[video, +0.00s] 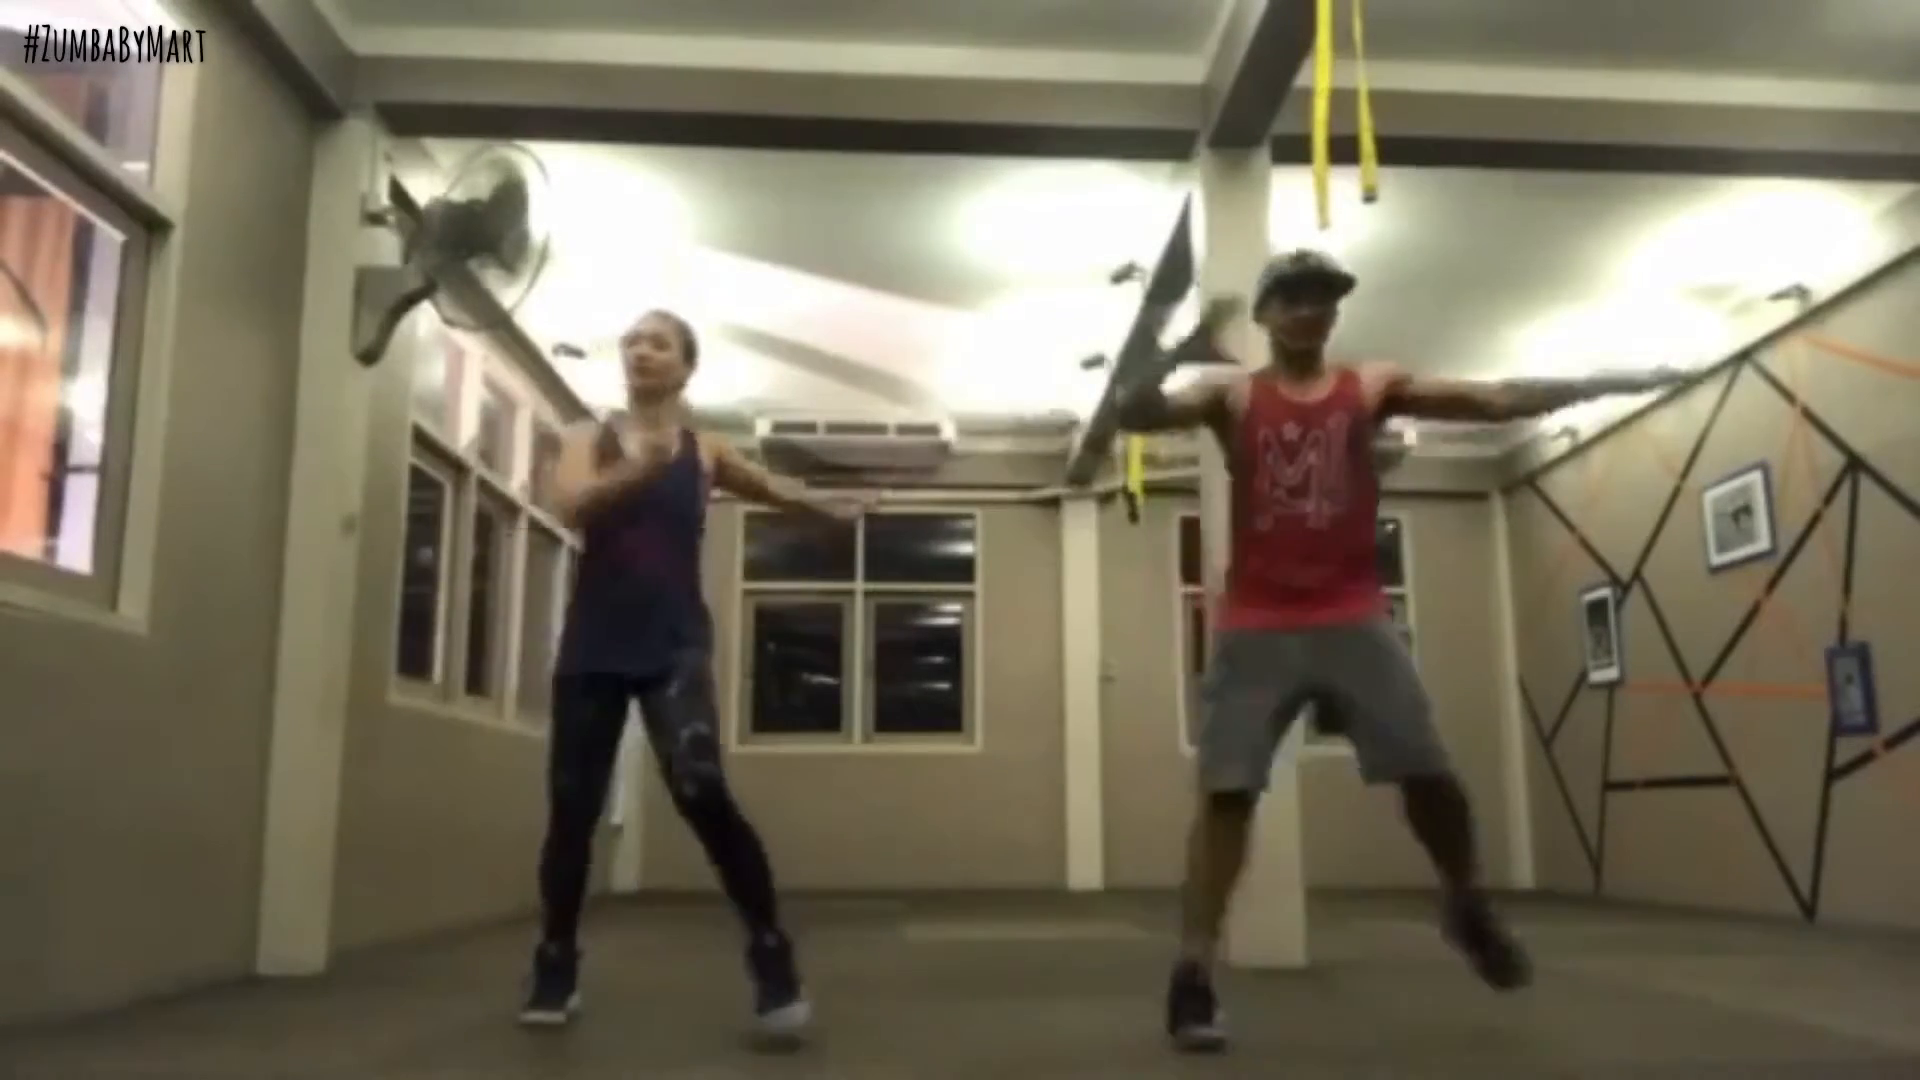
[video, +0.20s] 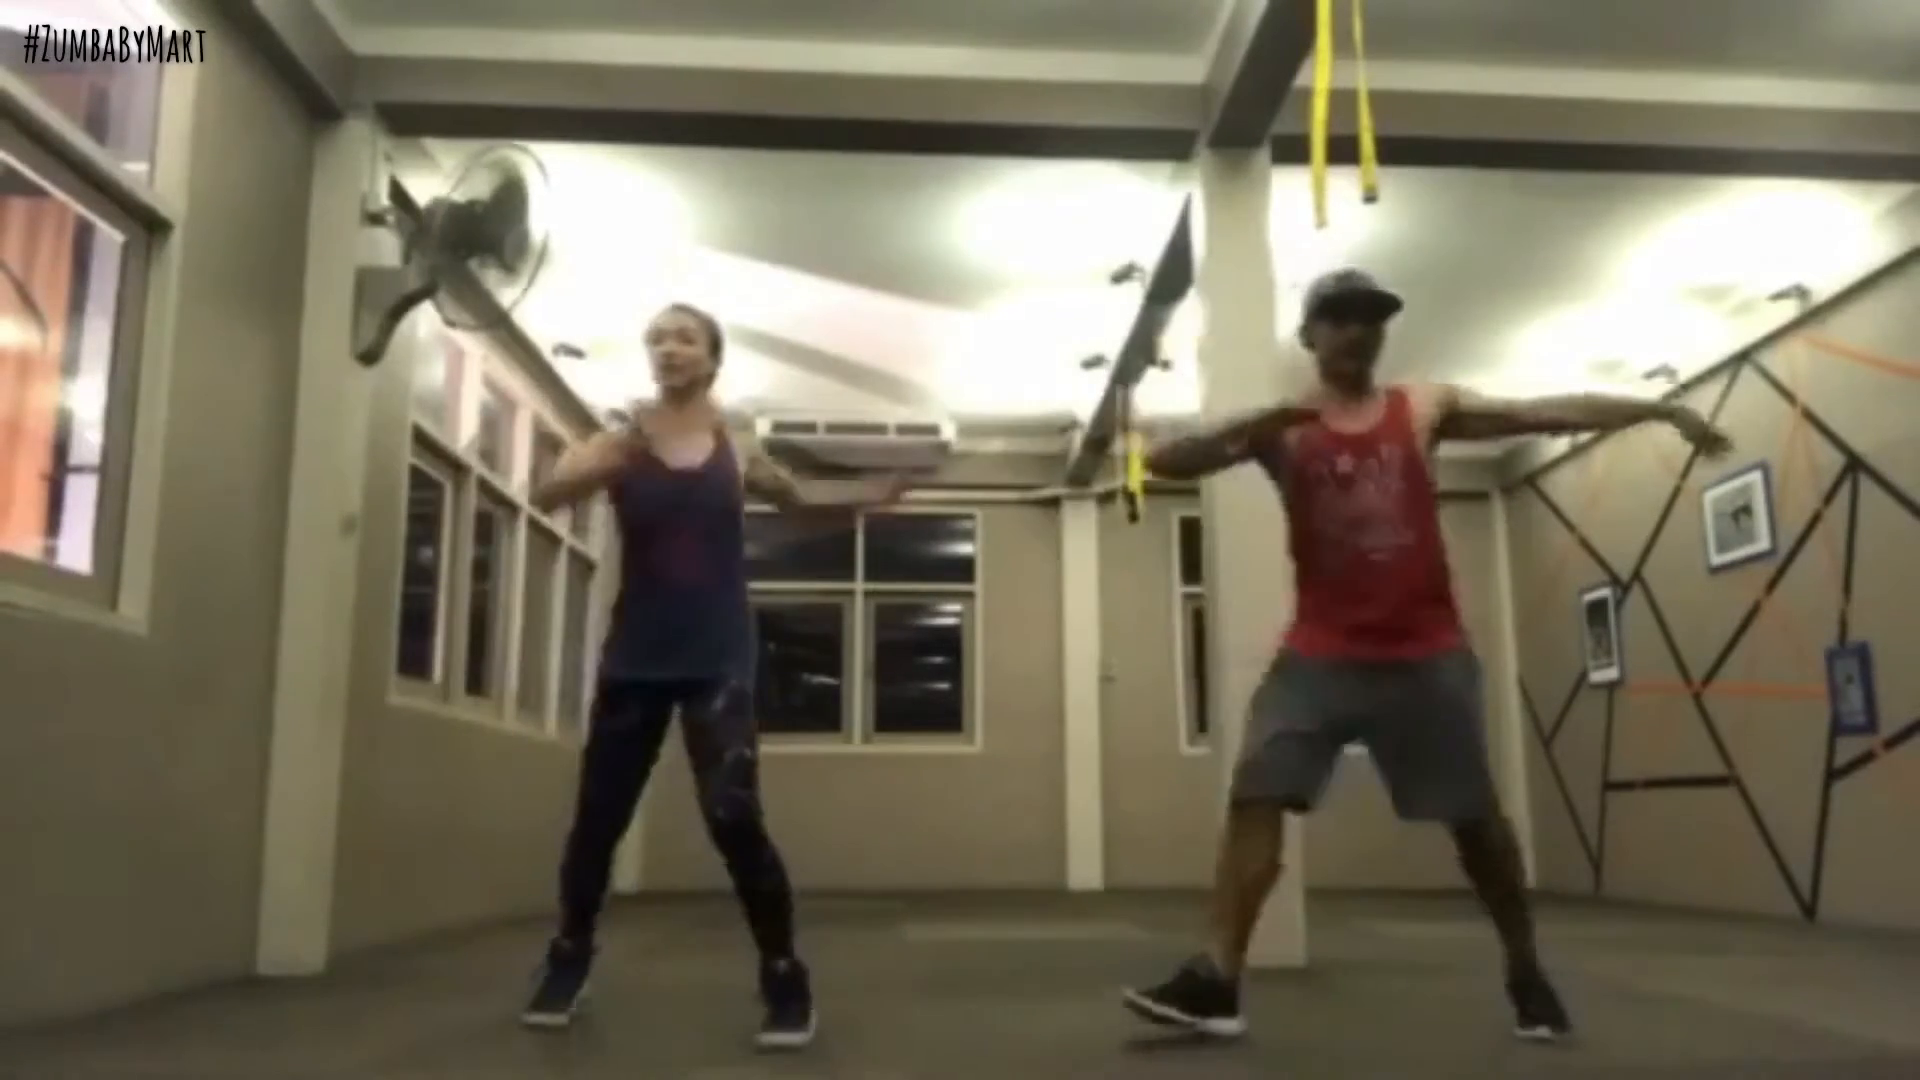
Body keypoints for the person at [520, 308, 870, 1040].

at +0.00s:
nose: (641, 352)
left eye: (659, 344)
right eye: (634, 342)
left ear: (687, 367)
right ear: (621, 359)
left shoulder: (702, 450)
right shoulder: (589, 438)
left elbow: (771, 491)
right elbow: (570, 503)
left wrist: (832, 508)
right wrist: (642, 470)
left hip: (673, 647)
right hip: (593, 646)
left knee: (701, 793)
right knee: (571, 811)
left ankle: (773, 963)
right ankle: (554, 966)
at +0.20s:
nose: (671, 350)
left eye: (686, 339)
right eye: (661, 339)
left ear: (714, 357)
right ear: (647, 355)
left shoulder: (735, 440)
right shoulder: (627, 435)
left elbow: (796, 505)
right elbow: (549, 491)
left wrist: (868, 497)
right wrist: (605, 460)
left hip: (719, 655)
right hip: (638, 653)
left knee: (733, 817)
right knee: (596, 822)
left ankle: (785, 982)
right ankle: (567, 961)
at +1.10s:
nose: (549, 339)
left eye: (567, 331)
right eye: (541, 330)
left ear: (598, 357)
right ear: (527, 351)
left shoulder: (612, 440)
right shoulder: (504, 427)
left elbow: (683, 517)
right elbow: (441, 474)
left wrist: (764, 525)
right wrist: (512, 461)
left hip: (572, 650)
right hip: (500, 647)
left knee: (502, 820)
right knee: (495, 826)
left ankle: (480, 996)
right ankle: (594, 975)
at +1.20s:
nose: (549, 336)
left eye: (566, 328)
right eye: (537, 324)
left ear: (586, 352)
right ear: (513, 341)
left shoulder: (602, 436)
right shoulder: (484, 429)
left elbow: (674, 518)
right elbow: (370, 458)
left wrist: (736, 483)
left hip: (564, 655)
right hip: (484, 651)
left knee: (508, 822)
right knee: (413, 805)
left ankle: (486, 993)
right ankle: (517, 917)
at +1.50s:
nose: (524, 352)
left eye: (535, 341)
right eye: (507, 339)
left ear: (548, 362)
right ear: (473, 357)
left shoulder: (561, 450)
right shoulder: (447, 443)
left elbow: (588, 467)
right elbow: (357, 462)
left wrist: (553, 377)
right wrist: (273, 457)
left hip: (505, 662)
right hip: (419, 652)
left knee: (498, 822)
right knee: (369, 817)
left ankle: (486, 988)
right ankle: (282, 968)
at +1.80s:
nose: (498, 340)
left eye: (513, 331)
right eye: (486, 327)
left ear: (535, 351)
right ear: (459, 341)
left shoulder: (546, 432)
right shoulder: (425, 421)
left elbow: (638, 470)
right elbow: (313, 429)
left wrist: (688, 435)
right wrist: (337, 355)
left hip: (504, 646)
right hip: (414, 640)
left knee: (514, 799)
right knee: (358, 805)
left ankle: (568, 935)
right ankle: (287, 963)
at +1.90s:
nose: (507, 347)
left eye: (523, 338)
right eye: (498, 334)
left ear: (548, 359)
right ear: (478, 349)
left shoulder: (562, 444)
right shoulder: (446, 436)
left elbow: (658, 487)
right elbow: (367, 465)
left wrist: (758, 479)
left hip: (526, 660)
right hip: (436, 655)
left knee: (532, 820)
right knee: (368, 814)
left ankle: (620, 969)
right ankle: (287, 972)